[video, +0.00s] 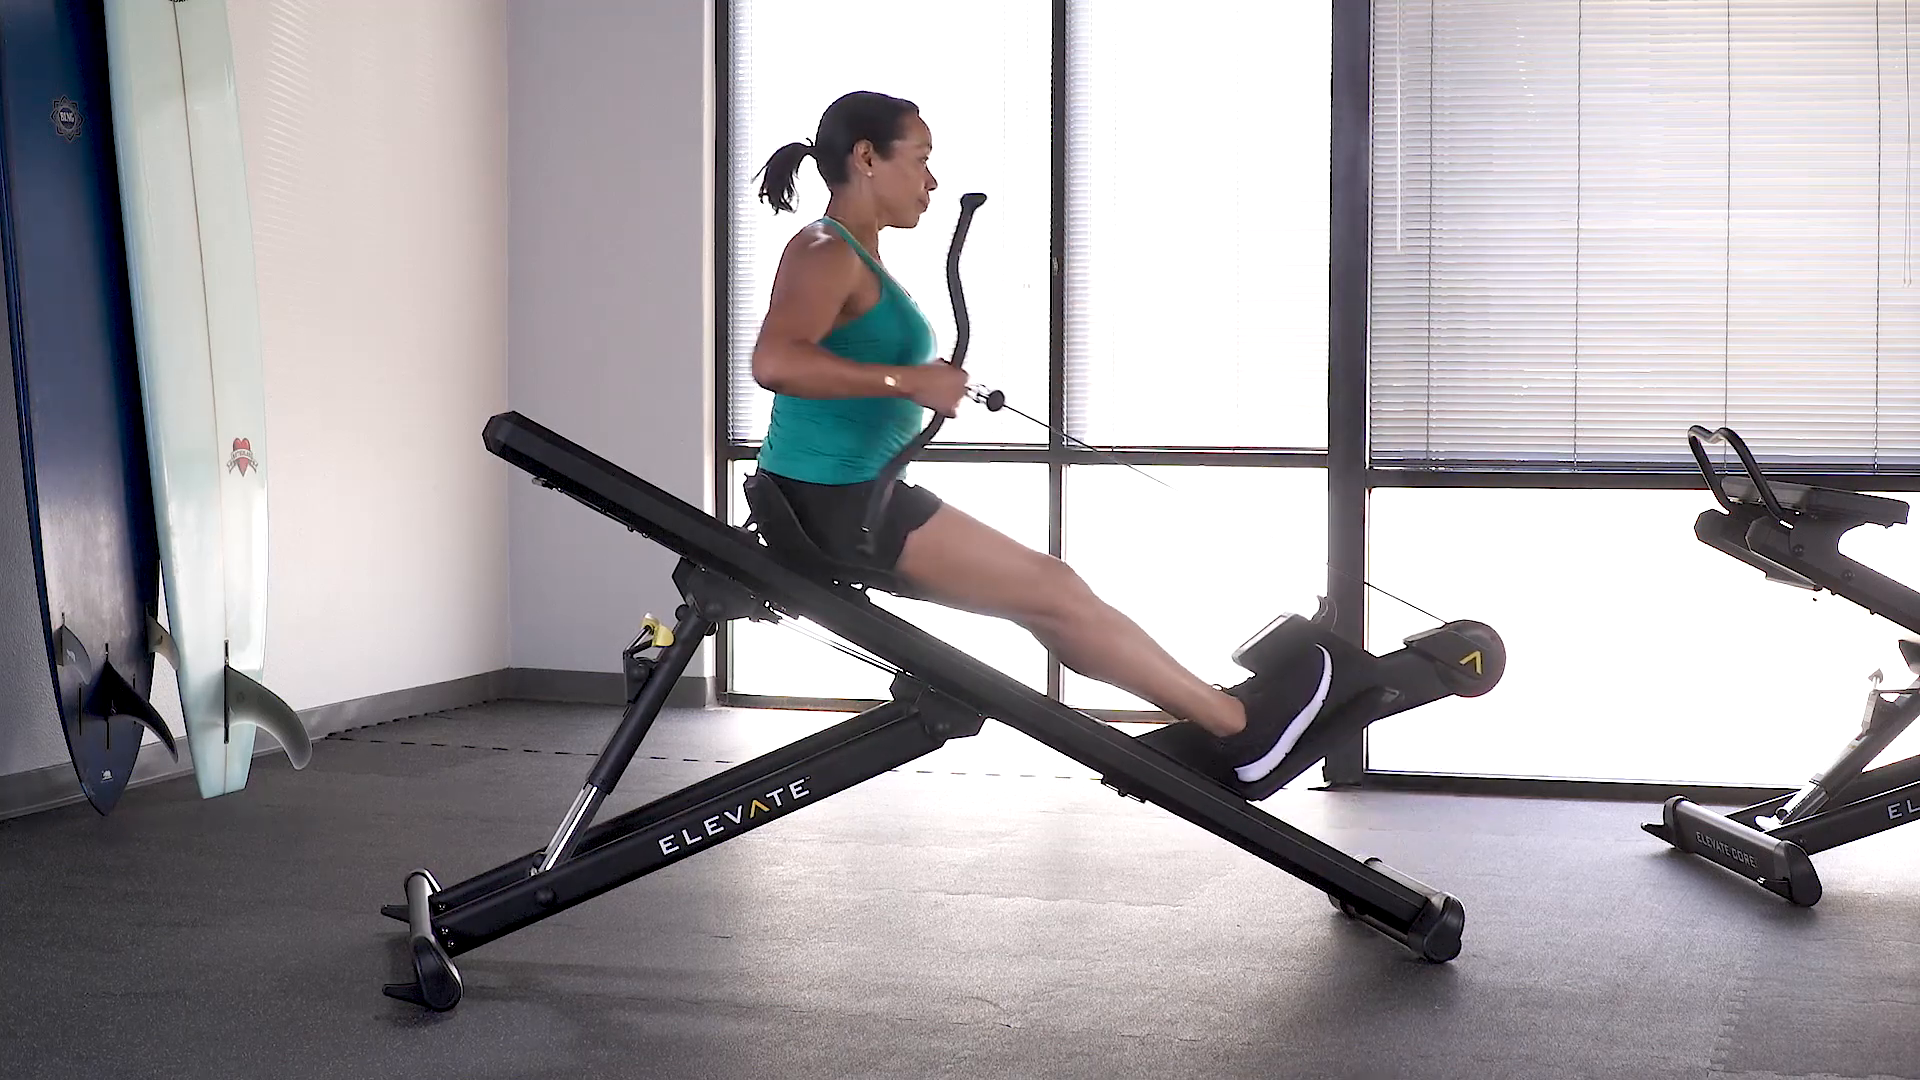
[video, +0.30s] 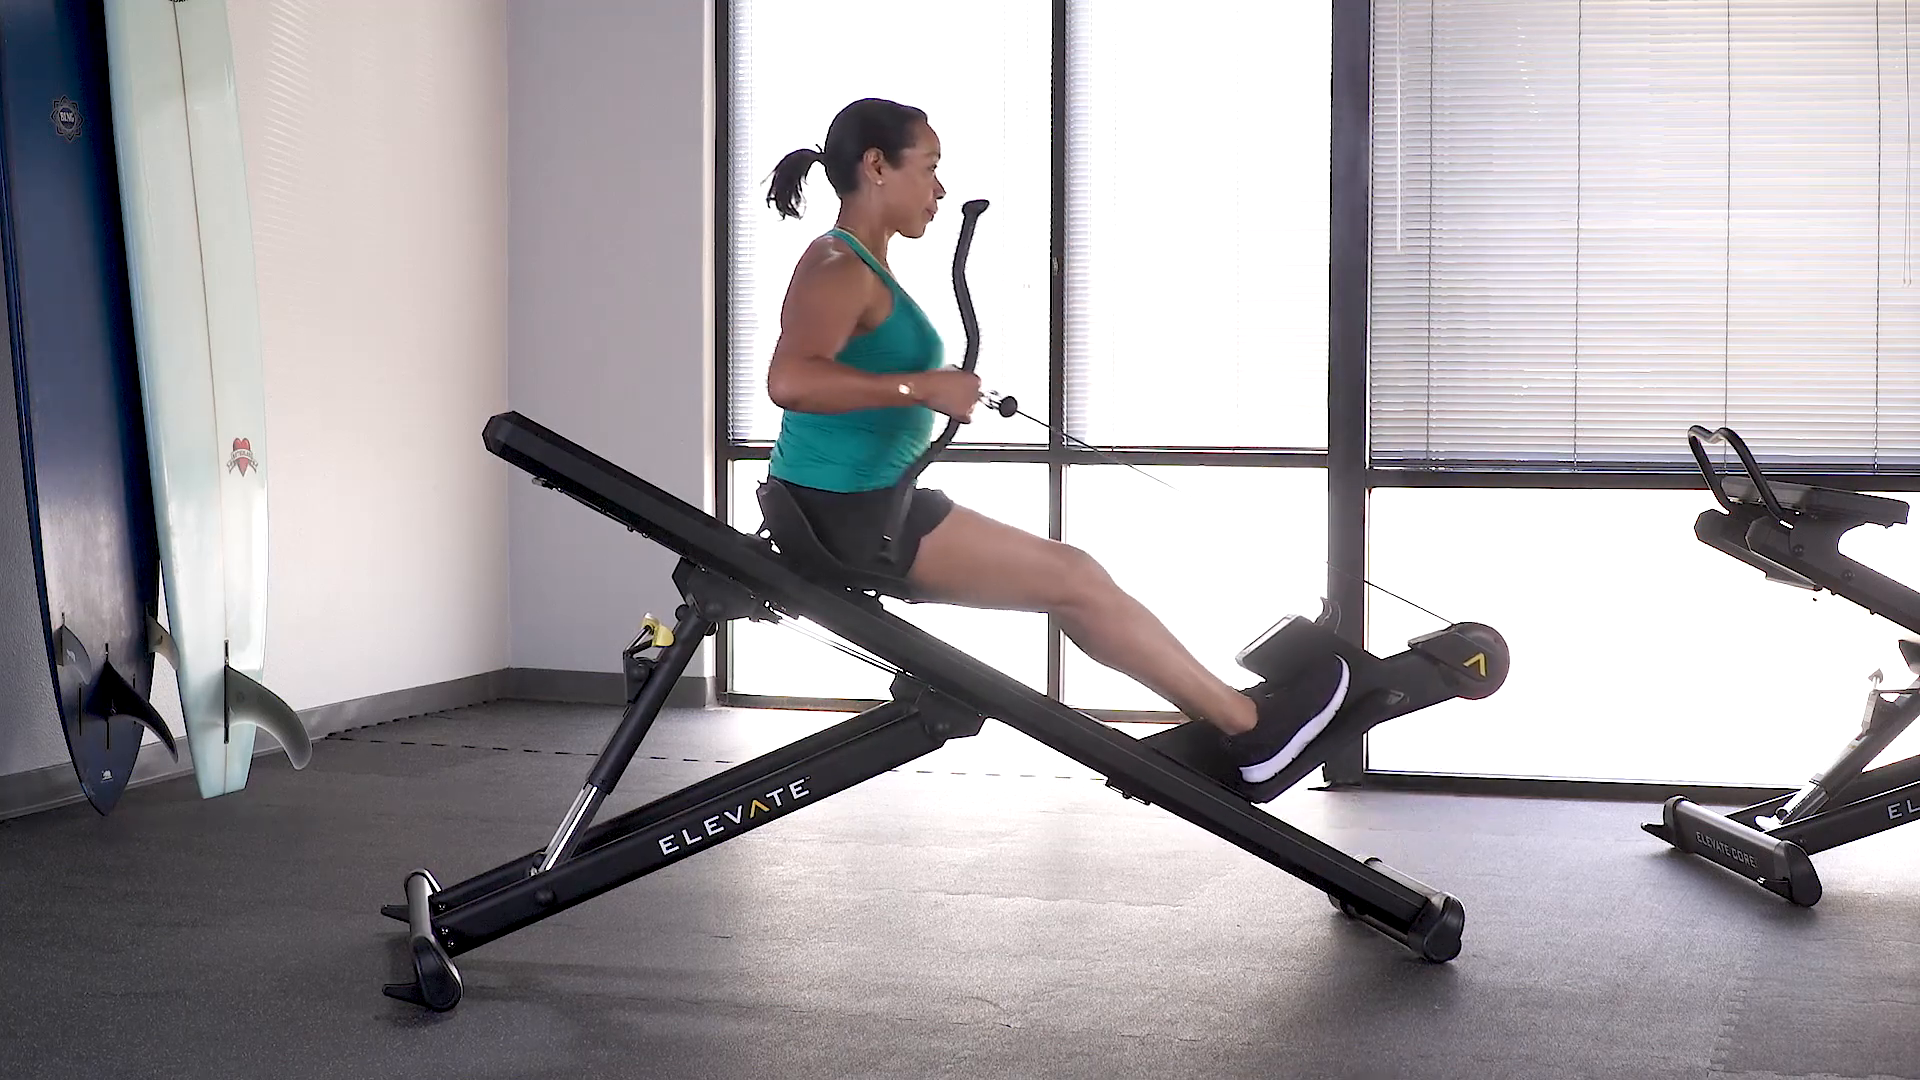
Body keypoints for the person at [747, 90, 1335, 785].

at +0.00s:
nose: (930, 178)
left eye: (928, 161)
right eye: (919, 159)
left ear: (869, 165)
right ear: (864, 162)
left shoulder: (852, 253)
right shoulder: (823, 252)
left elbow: (810, 361)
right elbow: (773, 361)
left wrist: (916, 379)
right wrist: (904, 382)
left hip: (851, 491)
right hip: (830, 499)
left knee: (1052, 588)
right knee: (1051, 592)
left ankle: (1225, 716)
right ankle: (1232, 721)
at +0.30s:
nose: (937, 189)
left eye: (935, 171)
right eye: (927, 170)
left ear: (877, 173)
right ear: (874, 171)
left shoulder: (862, 261)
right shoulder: (835, 266)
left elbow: (822, 377)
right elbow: (790, 380)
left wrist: (929, 388)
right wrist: (919, 387)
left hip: (862, 500)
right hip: (840, 511)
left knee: (1073, 578)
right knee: (1076, 578)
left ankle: (1232, 712)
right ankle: (1242, 721)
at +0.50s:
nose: (1016, 219)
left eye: (1010, 201)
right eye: (1002, 202)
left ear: (951, 212)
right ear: (950, 209)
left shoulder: (933, 304)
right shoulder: (933, 311)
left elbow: (965, 438)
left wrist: (1069, 455)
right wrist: (1081, 457)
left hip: (915, 541)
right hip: (917, 550)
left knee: (1146, 575)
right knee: (1154, 569)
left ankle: (1270, 727)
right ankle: (1295, 741)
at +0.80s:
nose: (1163, 290)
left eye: (1156, 273)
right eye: (1149, 274)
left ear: (1091, 287)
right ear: (1099, 286)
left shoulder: (1040, 377)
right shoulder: (1133, 397)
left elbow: (980, 487)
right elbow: (1241, 518)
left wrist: (1053, 547)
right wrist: (1340, 555)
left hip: (992, 609)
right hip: (1062, 624)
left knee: (1247, 568)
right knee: (1278, 578)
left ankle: (1322, 751)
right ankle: (1361, 763)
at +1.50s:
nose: (1191, 298)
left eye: (1182, 282)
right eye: (1176, 284)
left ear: (1120, 306)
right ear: (1127, 304)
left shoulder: (1070, 389)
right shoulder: (1187, 415)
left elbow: (1002, 494)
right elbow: (1305, 528)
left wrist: (1056, 571)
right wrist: (1406, 588)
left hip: (1016, 620)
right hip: (1089, 634)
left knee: (1277, 580)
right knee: (1302, 583)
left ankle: (1343, 765)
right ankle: (1383, 781)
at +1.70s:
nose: (1073, 240)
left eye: (1066, 223)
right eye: (1057, 223)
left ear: (1001, 239)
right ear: (1006, 236)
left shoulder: (959, 326)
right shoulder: (1037, 343)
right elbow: (1133, 474)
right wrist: (1241, 516)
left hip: (928, 569)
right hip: (979, 575)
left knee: (1186, 593)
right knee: (1202, 583)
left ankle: (1302, 751)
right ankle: (1336, 760)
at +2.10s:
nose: (919, 176)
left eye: (918, 158)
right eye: (909, 157)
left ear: (854, 160)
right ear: (855, 157)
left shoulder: (846, 248)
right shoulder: (813, 249)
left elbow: (772, 348)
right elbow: (730, 350)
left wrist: (885, 357)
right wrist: (864, 363)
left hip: (847, 489)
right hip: (824, 495)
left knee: (1047, 584)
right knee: (1050, 586)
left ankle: (1215, 709)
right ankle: (1226, 716)